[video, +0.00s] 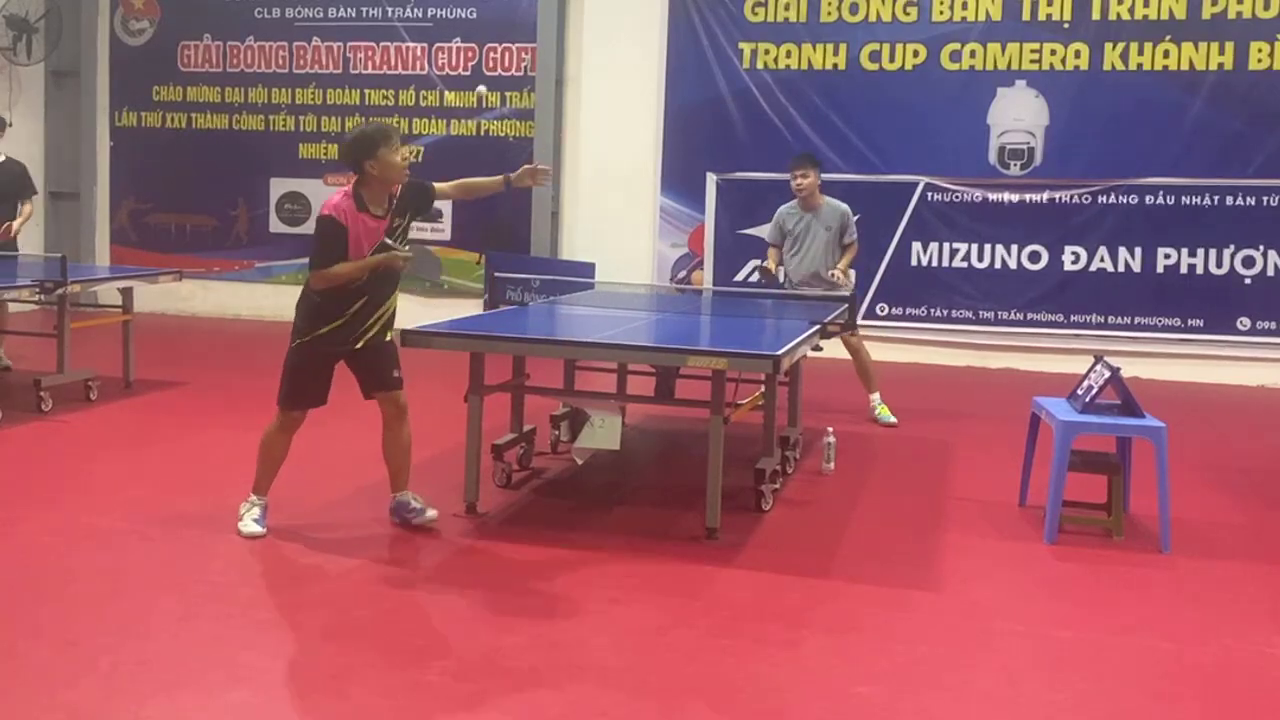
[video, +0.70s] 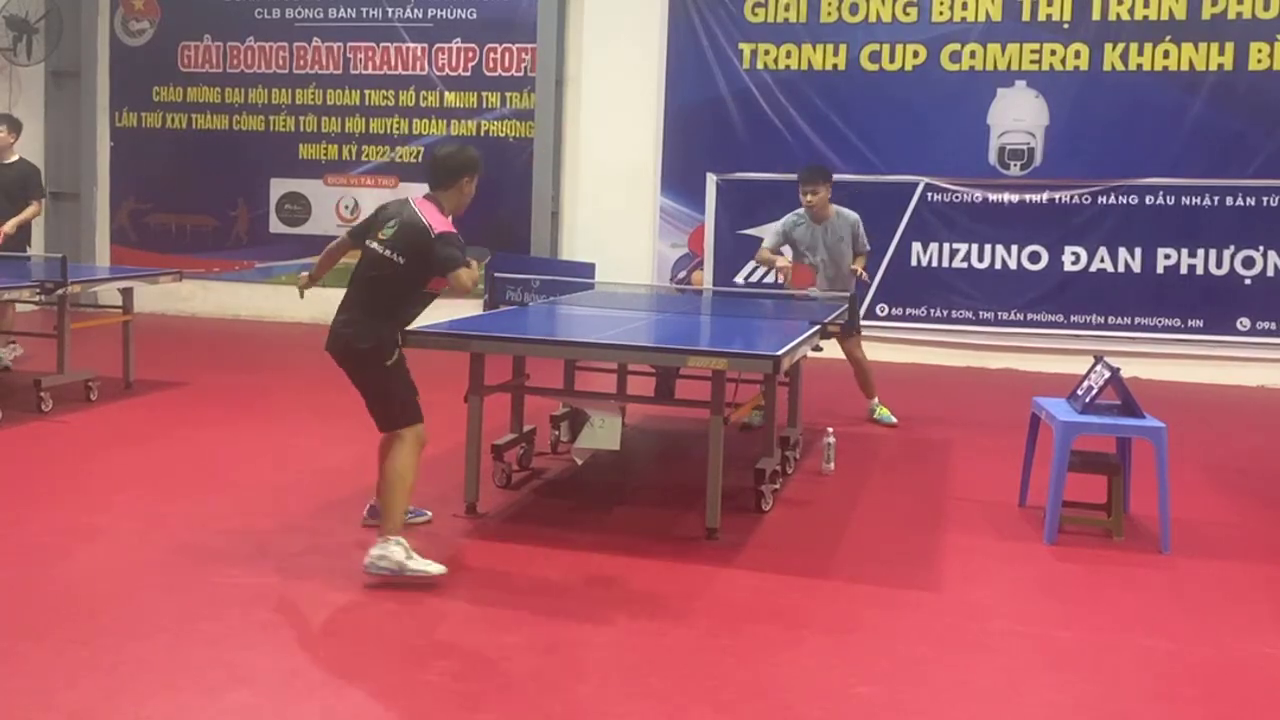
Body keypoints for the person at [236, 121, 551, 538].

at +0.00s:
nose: (405, 158)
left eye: (401, 150)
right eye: (395, 152)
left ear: (383, 165)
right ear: (370, 167)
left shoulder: (405, 195)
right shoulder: (337, 214)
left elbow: (455, 189)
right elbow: (318, 278)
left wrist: (510, 180)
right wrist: (376, 261)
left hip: (372, 327)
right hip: (319, 329)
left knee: (396, 405)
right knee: (289, 417)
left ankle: (401, 499)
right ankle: (256, 501)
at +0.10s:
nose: (403, 169)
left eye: (400, 162)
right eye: (394, 164)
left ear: (380, 176)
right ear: (367, 179)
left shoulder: (402, 203)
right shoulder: (333, 217)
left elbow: (445, 197)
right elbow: (304, 271)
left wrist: (493, 192)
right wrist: (361, 249)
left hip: (371, 327)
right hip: (319, 333)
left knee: (414, 398)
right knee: (293, 423)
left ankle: (384, 473)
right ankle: (257, 501)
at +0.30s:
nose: (426, 230)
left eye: (430, 222)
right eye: (420, 222)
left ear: (428, 216)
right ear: (396, 215)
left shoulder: (412, 243)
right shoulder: (367, 227)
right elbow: (332, 240)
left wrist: (406, 291)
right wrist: (390, 268)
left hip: (380, 344)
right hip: (334, 350)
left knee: (429, 417)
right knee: (315, 443)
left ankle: (387, 498)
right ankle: (260, 503)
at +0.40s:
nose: (461, 227)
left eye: (463, 220)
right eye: (458, 219)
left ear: (436, 213)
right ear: (434, 213)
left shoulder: (418, 224)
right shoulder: (391, 225)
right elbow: (392, 243)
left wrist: (440, 266)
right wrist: (436, 258)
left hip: (378, 335)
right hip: (335, 341)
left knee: (424, 416)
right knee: (342, 437)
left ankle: (386, 497)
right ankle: (273, 485)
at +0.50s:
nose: (473, 211)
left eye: (476, 203)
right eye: (473, 202)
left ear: (443, 193)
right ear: (456, 198)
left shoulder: (408, 209)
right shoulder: (418, 222)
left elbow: (349, 261)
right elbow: (433, 247)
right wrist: (463, 253)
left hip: (376, 325)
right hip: (343, 332)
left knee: (415, 411)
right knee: (368, 425)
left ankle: (385, 497)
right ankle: (291, 489)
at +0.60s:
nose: (477, 193)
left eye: (478, 185)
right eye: (476, 185)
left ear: (441, 179)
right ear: (460, 185)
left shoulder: (407, 201)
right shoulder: (433, 223)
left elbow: (356, 235)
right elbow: (455, 263)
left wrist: (326, 268)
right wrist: (474, 254)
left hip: (369, 324)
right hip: (354, 330)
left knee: (410, 409)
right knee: (393, 419)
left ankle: (383, 498)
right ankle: (333, 517)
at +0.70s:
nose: (474, 193)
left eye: (474, 184)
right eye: (474, 184)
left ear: (435, 177)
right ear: (463, 184)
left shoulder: (394, 208)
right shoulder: (442, 231)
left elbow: (339, 246)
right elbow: (465, 283)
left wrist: (315, 275)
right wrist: (473, 268)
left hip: (346, 336)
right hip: (371, 342)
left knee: (400, 427)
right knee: (411, 433)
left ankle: (385, 504)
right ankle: (390, 543)